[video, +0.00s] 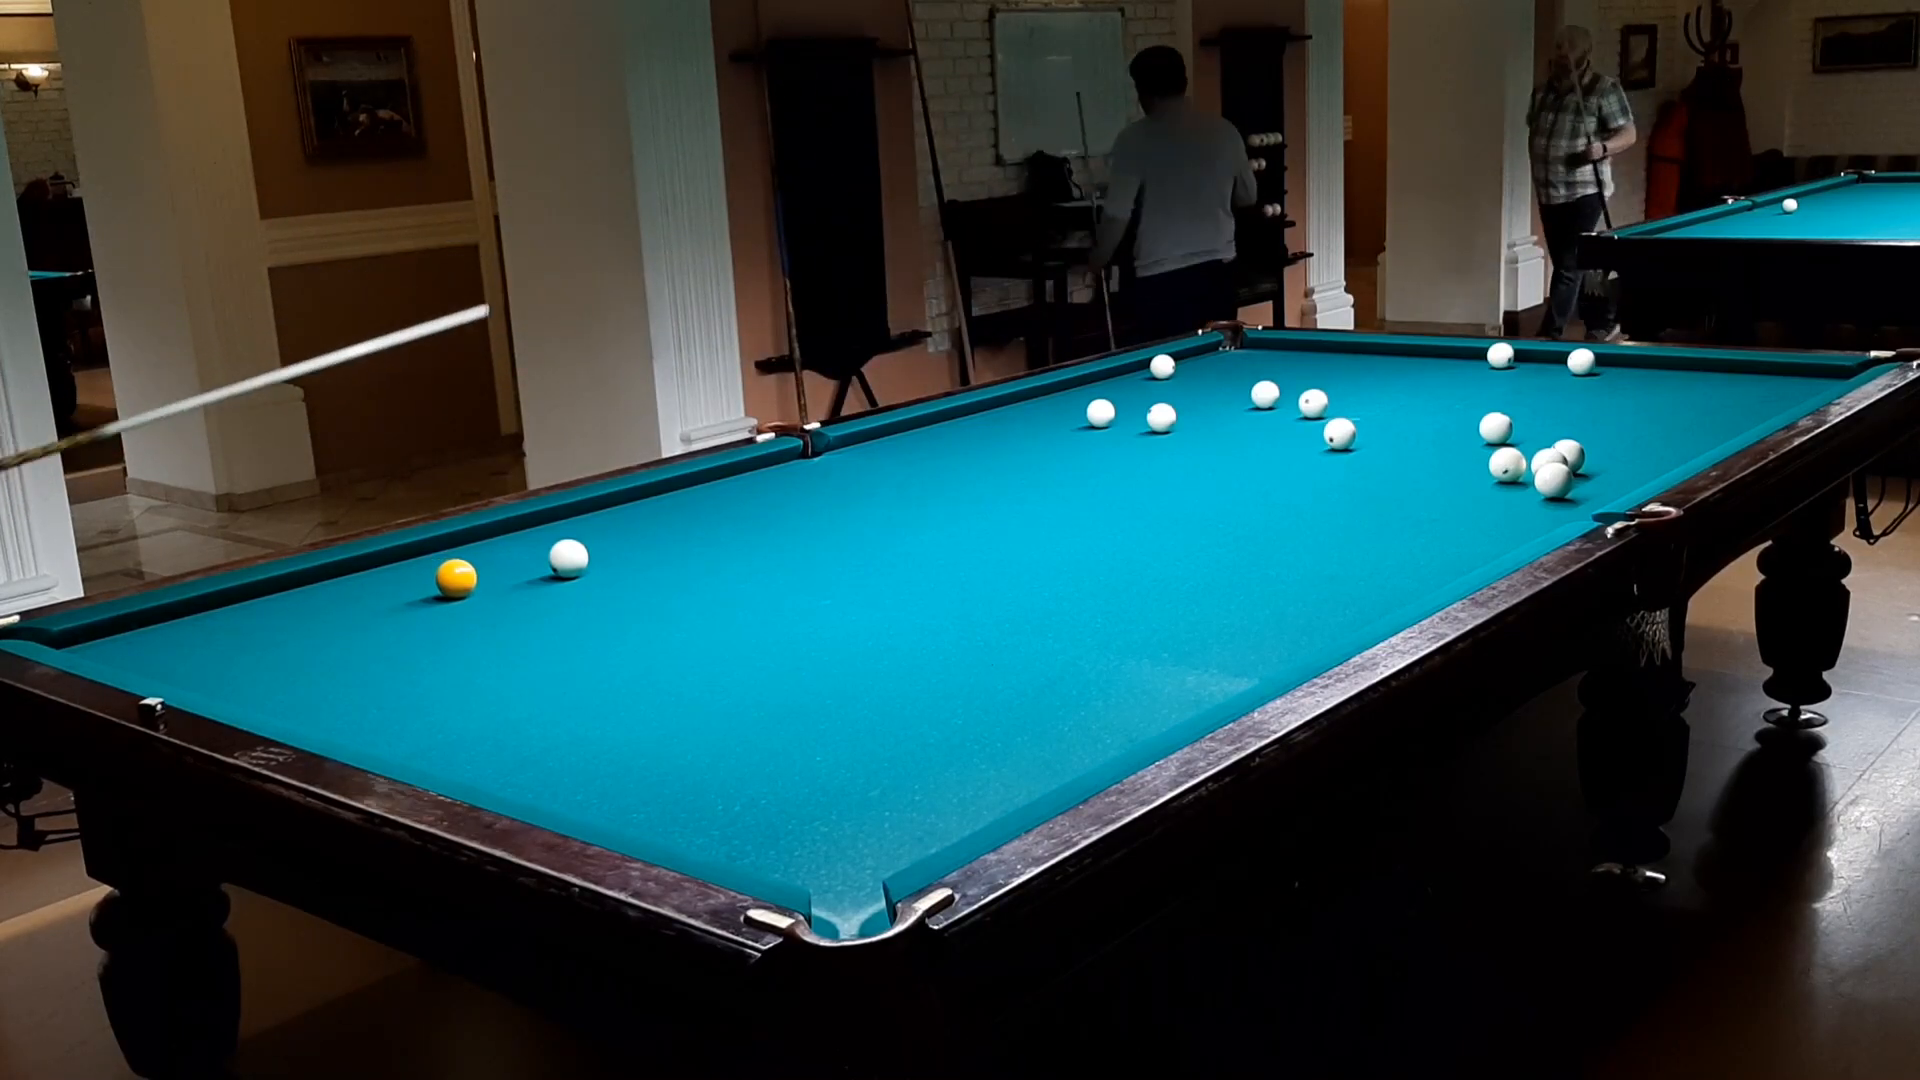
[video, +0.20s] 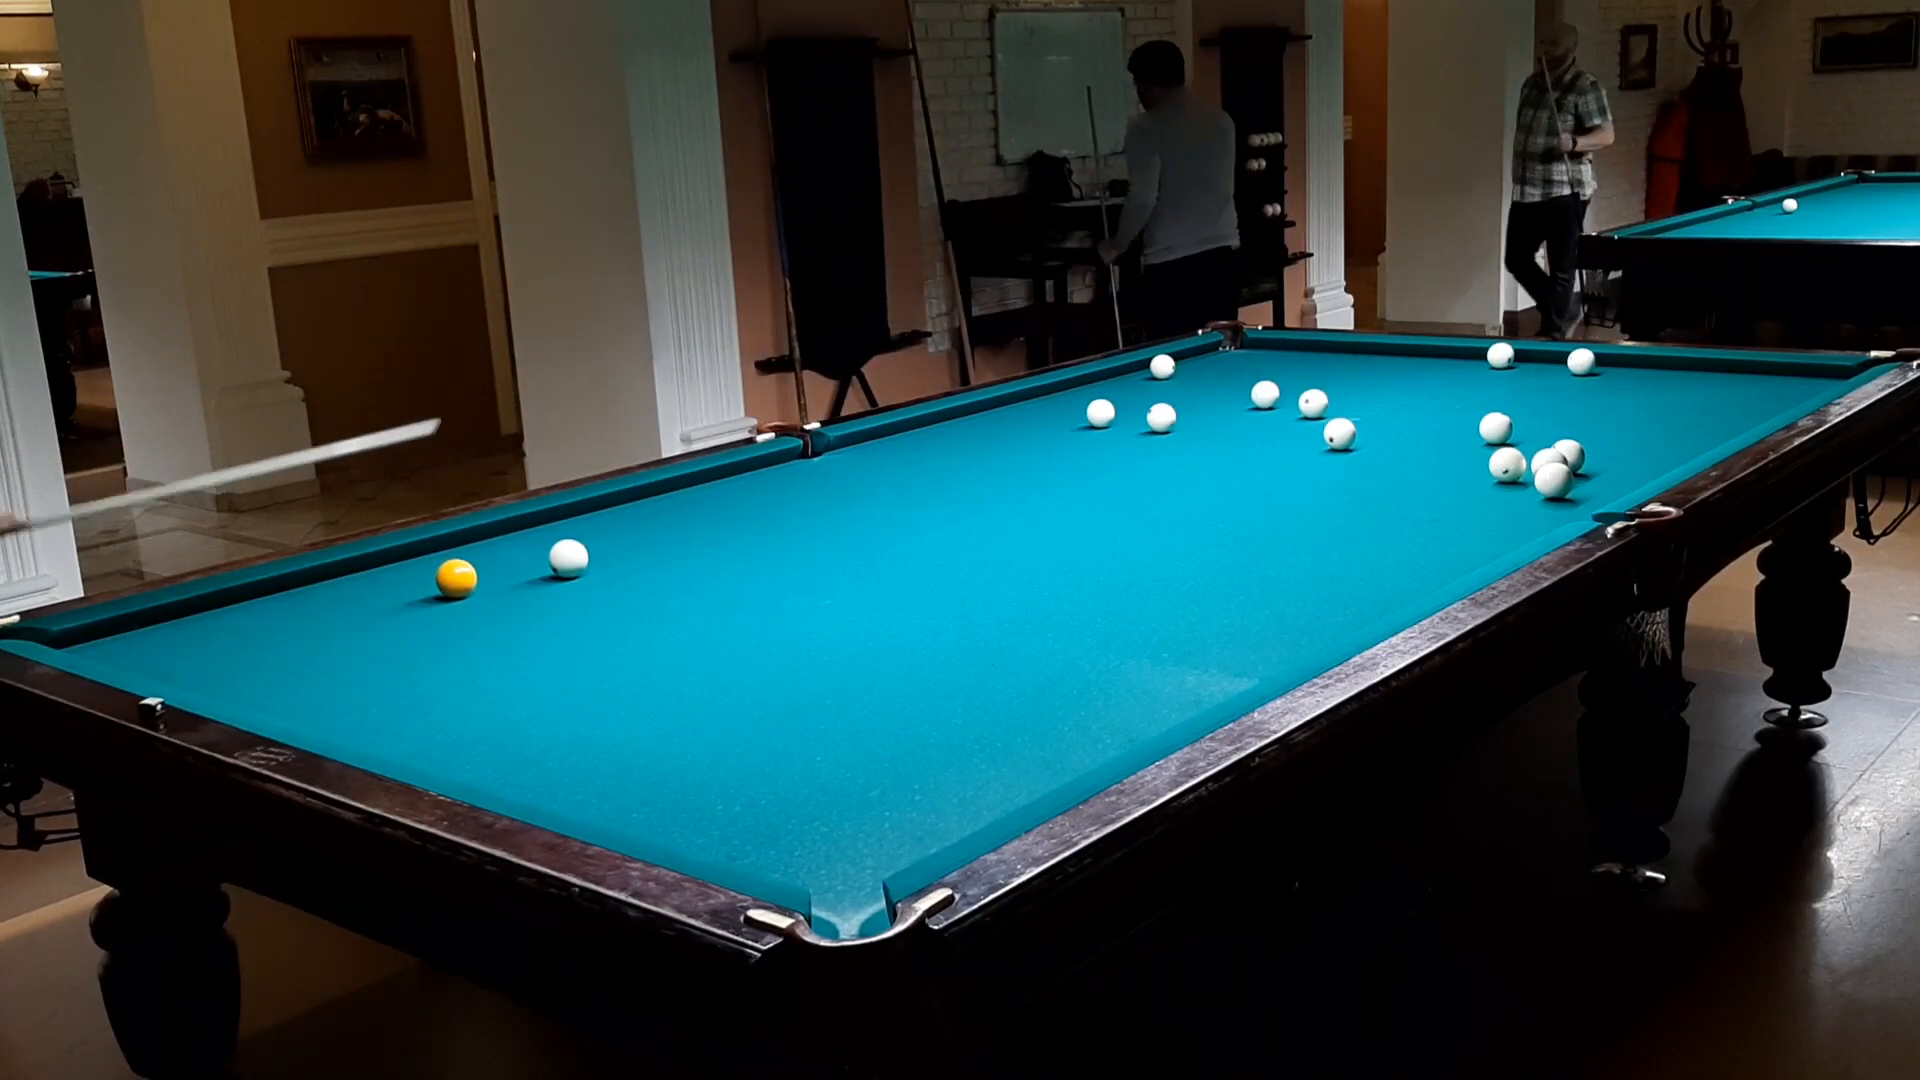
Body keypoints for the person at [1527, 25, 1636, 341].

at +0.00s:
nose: (1561, 54)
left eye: (1568, 48)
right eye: (1558, 47)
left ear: (1584, 51)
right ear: (1554, 51)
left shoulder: (1605, 88)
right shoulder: (1543, 92)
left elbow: (1628, 134)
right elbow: (1534, 137)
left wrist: (1604, 147)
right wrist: (1538, 184)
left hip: (1586, 193)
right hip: (1550, 194)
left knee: (1567, 267)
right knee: (1568, 266)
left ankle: (1550, 336)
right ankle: (1604, 326)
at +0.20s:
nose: (1544, 50)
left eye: (1552, 44)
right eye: (1541, 43)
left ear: (1570, 48)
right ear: (1537, 45)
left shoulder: (1585, 86)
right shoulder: (1531, 85)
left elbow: (1606, 135)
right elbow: (1528, 133)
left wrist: (1575, 142)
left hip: (1566, 192)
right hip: (1528, 192)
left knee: (1562, 266)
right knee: (1517, 260)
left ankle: (1552, 332)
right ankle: (1563, 310)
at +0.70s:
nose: (1485, 57)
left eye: (1492, 50)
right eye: (1484, 50)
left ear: (1513, 54)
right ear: (1485, 52)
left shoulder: (1538, 90)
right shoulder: (1477, 94)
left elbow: (1562, 138)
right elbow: (1470, 144)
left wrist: (1540, 153)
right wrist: (1468, 190)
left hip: (1522, 202)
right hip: (1480, 202)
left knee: (1532, 277)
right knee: (1470, 277)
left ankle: (1541, 342)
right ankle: (1459, 341)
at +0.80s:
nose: (1472, 56)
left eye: (1479, 50)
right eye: (1470, 50)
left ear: (1500, 52)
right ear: (1471, 52)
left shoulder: (1526, 88)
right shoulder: (1461, 95)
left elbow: (1551, 135)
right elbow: (1449, 147)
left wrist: (1533, 150)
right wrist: (1443, 195)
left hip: (1509, 199)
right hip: (1466, 200)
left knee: (1519, 272)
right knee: (1463, 277)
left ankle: (1536, 338)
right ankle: (1460, 338)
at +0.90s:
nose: (1459, 57)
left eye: (1466, 51)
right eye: (1458, 51)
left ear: (1486, 53)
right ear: (1457, 52)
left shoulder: (1516, 88)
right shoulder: (1447, 97)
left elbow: (1540, 132)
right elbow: (1431, 149)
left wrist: (1525, 150)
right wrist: (1415, 197)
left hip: (1499, 202)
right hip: (1457, 203)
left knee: (1505, 271)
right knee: (1459, 278)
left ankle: (1526, 337)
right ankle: (1458, 340)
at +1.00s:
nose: (1450, 59)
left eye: (1457, 52)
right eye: (1448, 52)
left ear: (1477, 53)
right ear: (1446, 53)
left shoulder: (1506, 87)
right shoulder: (1437, 97)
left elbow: (1531, 131)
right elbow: (1416, 147)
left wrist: (1517, 150)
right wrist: (1395, 194)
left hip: (1492, 201)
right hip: (1450, 203)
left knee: (1494, 273)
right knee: (1455, 280)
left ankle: (1512, 340)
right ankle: (1459, 342)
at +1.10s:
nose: (1443, 61)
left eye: (1450, 54)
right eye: (1441, 54)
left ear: (1470, 54)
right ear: (1438, 55)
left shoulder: (1499, 88)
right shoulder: (1429, 98)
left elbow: (1523, 130)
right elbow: (1409, 143)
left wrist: (1509, 154)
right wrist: (1388, 182)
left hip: (1485, 199)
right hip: (1444, 202)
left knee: (1483, 274)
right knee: (1451, 277)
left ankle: (1487, 341)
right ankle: (1456, 341)